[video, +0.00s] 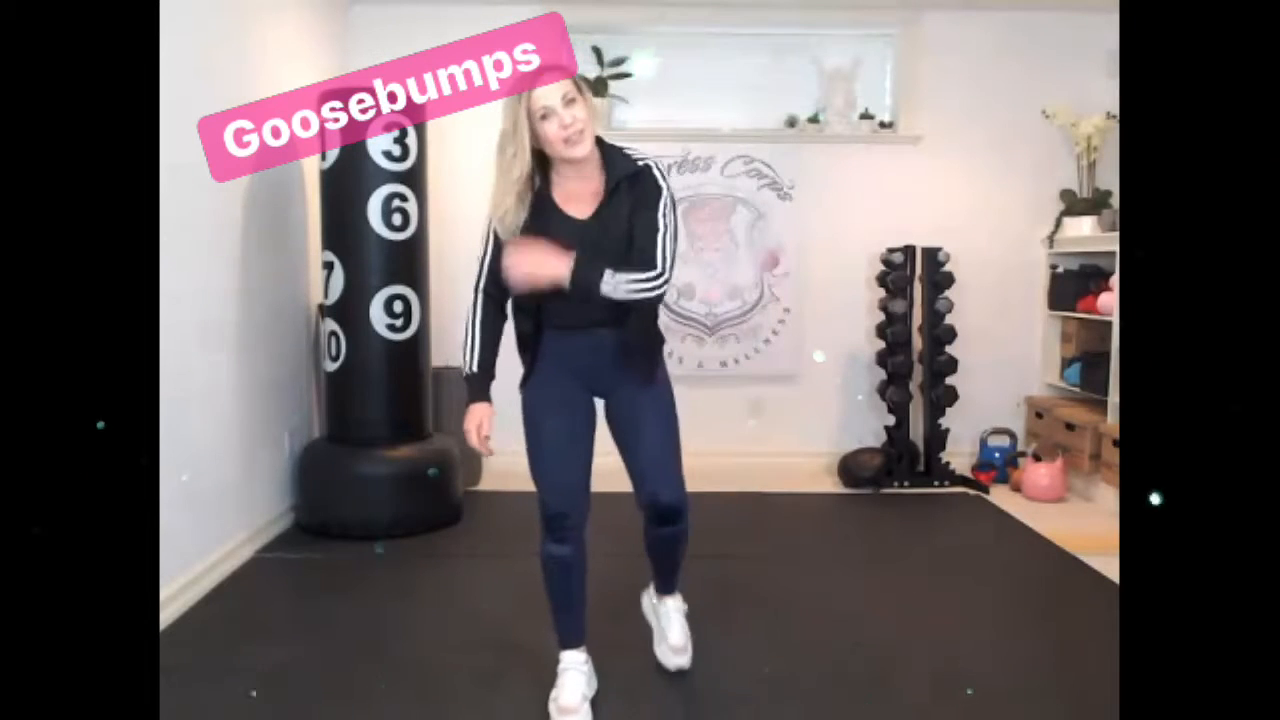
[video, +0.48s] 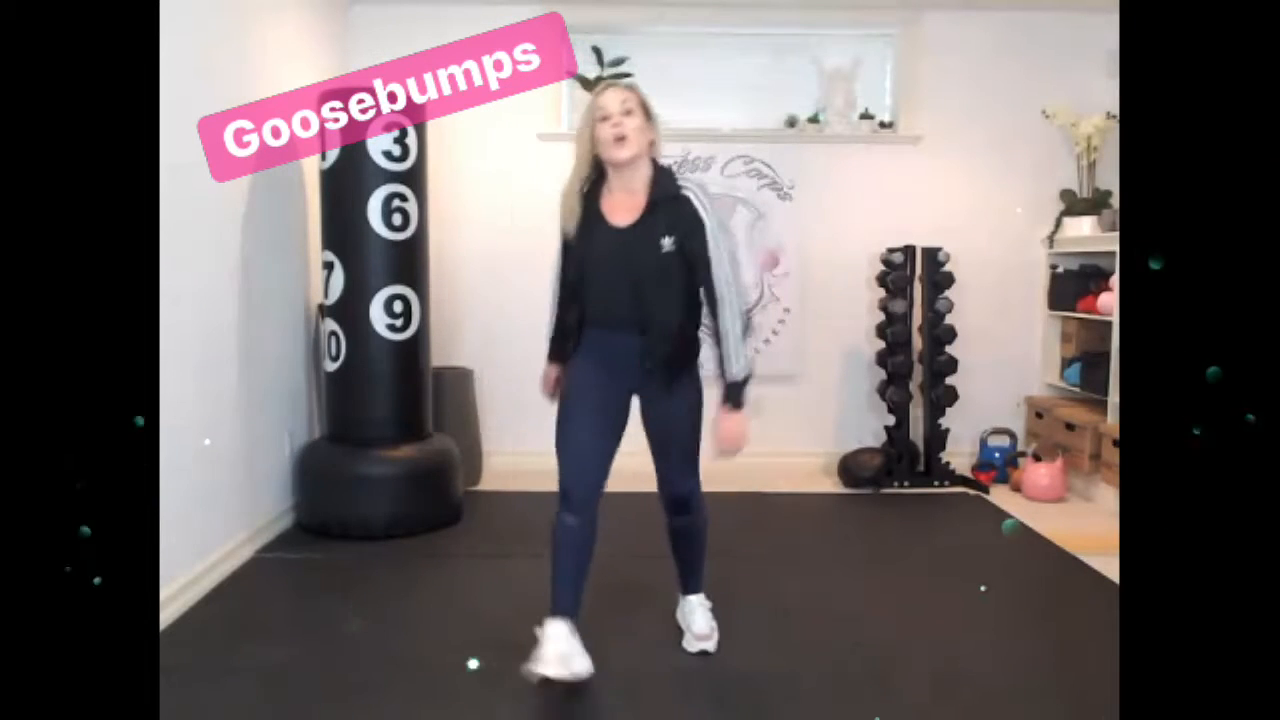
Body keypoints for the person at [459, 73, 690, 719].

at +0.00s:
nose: (566, 120)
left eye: (572, 104)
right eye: (548, 116)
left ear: (591, 106)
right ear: (533, 135)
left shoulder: (640, 177)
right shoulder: (520, 199)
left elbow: (655, 279)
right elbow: (489, 294)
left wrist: (569, 268)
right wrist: (480, 392)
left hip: (635, 363)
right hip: (553, 369)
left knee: (667, 503)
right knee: (561, 516)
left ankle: (666, 598)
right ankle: (572, 657)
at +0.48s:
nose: (617, 125)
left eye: (628, 114)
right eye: (605, 119)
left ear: (651, 129)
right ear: (591, 137)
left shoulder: (683, 205)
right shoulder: (581, 205)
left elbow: (721, 299)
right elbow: (571, 288)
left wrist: (734, 395)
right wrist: (558, 356)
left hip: (670, 361)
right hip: (596, 362)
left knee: (681, 492)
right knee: (576, 491)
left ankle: (693, 598)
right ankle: (561, 627)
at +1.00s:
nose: (607, 146)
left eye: (617, 138)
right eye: (597, 137)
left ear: (631, 149)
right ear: (580, 147)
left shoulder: (643, 221)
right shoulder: (544, 206)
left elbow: (654, 299)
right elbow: (503, 268)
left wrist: (658, 373)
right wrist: (479, 338)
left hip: (618, 354)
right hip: (551, 351)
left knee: (639, 468)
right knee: (534, 465)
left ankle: (670, 583)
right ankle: (520, 558)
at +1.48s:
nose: (620, 148)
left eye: (628, 140)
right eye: (611, 139)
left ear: (639, 151)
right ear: (592, 147)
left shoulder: (645, 218)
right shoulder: (556, 201)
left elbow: (655, 296)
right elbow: (523, 272)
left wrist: (672, 368)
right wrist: (509, 347)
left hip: (617, 341)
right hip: (554, 339)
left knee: (657, 439)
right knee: (539, 456)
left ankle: (657, 527)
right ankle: (522, 558)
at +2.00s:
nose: (698, 153)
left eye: (708, 145)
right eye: (689, 146)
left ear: (722, 152)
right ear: (678, 154)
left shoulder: (744, 208)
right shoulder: (657, 211)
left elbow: (762, 282)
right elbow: (638, 280)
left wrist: (759, 349)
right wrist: (626, 346)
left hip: (731, 342)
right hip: (673, 341)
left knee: (740, 448)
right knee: (658, 441)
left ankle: (743, 543)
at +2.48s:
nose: (690, 153)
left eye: (699, 144)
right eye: (682, 146)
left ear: (716, 151)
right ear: (672, 156)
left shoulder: (740, 206)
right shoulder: (655, 211)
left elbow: (763, 277)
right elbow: (646, 280)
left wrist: (768, 344)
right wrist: (639, 340)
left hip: (724, 339)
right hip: (666, 337)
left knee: (733, 446)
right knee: (632, 431)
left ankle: (742, 543)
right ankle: (628, 520)